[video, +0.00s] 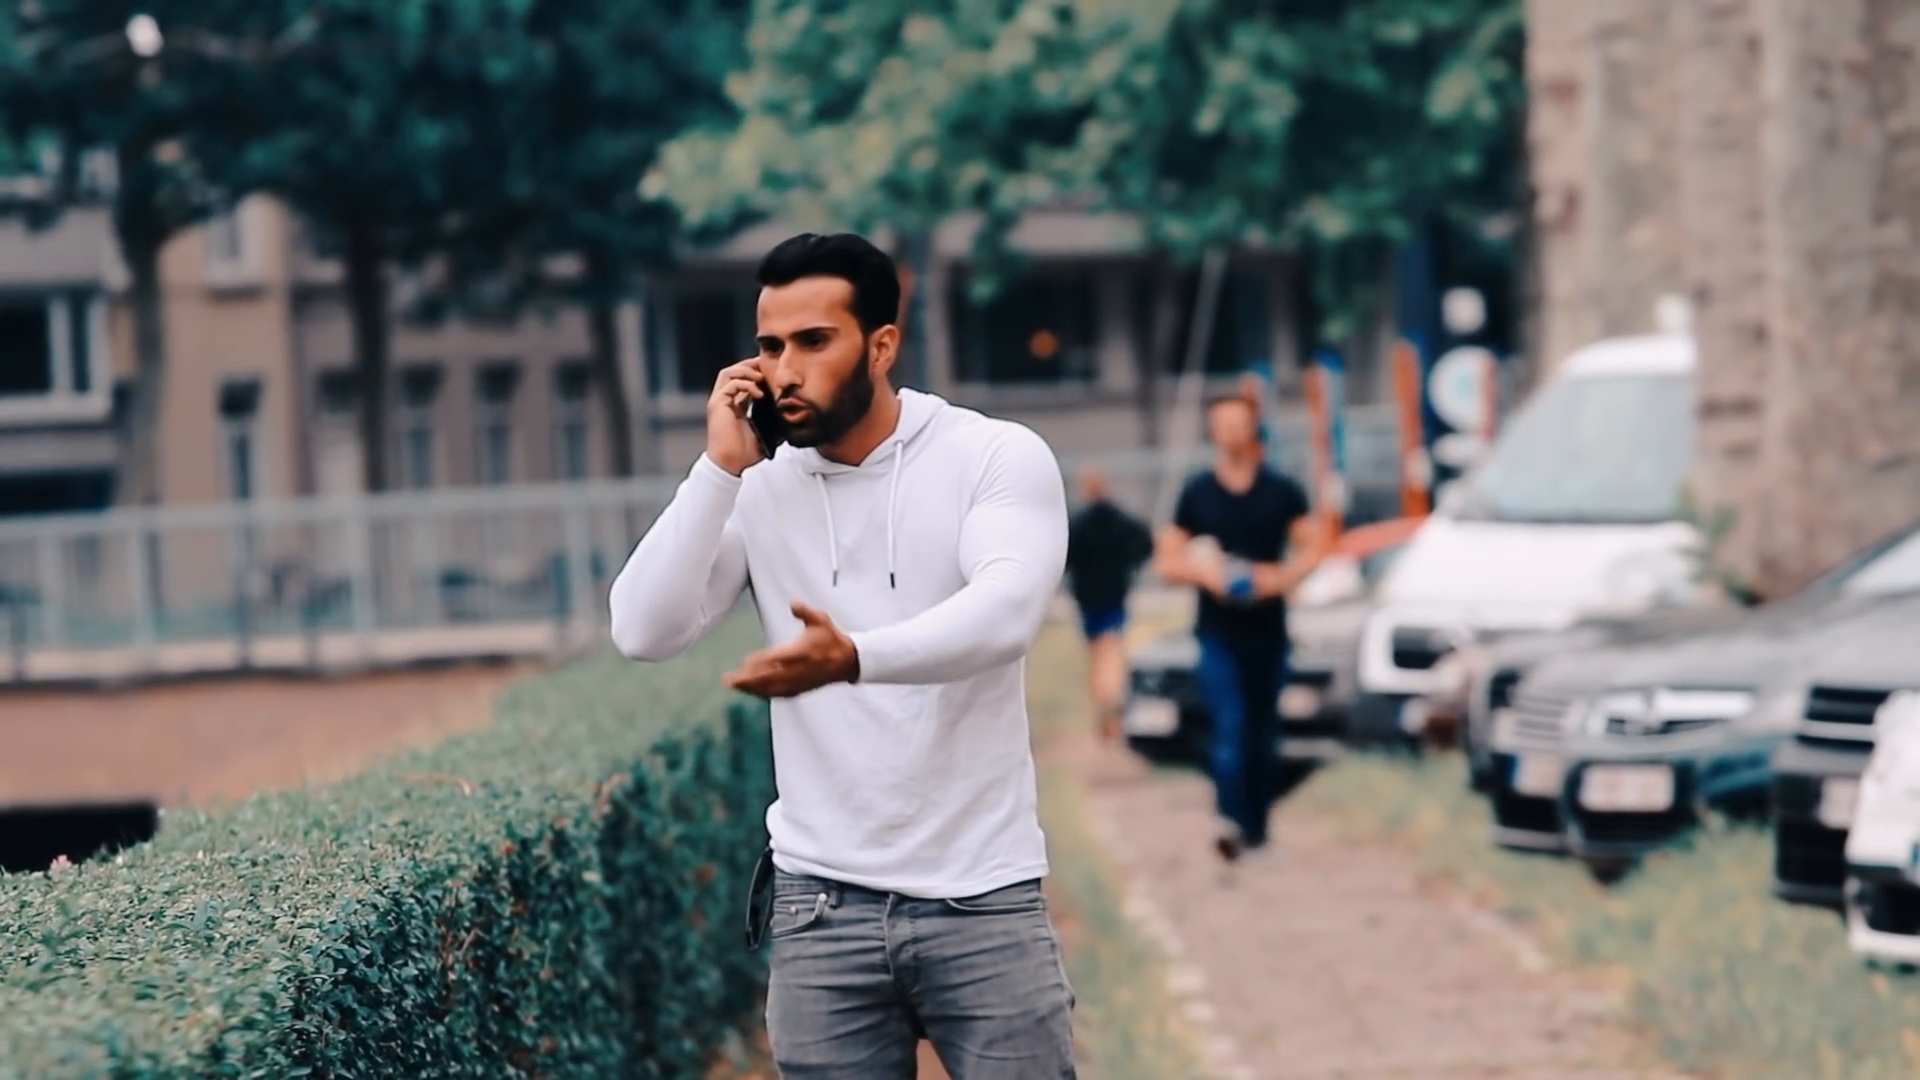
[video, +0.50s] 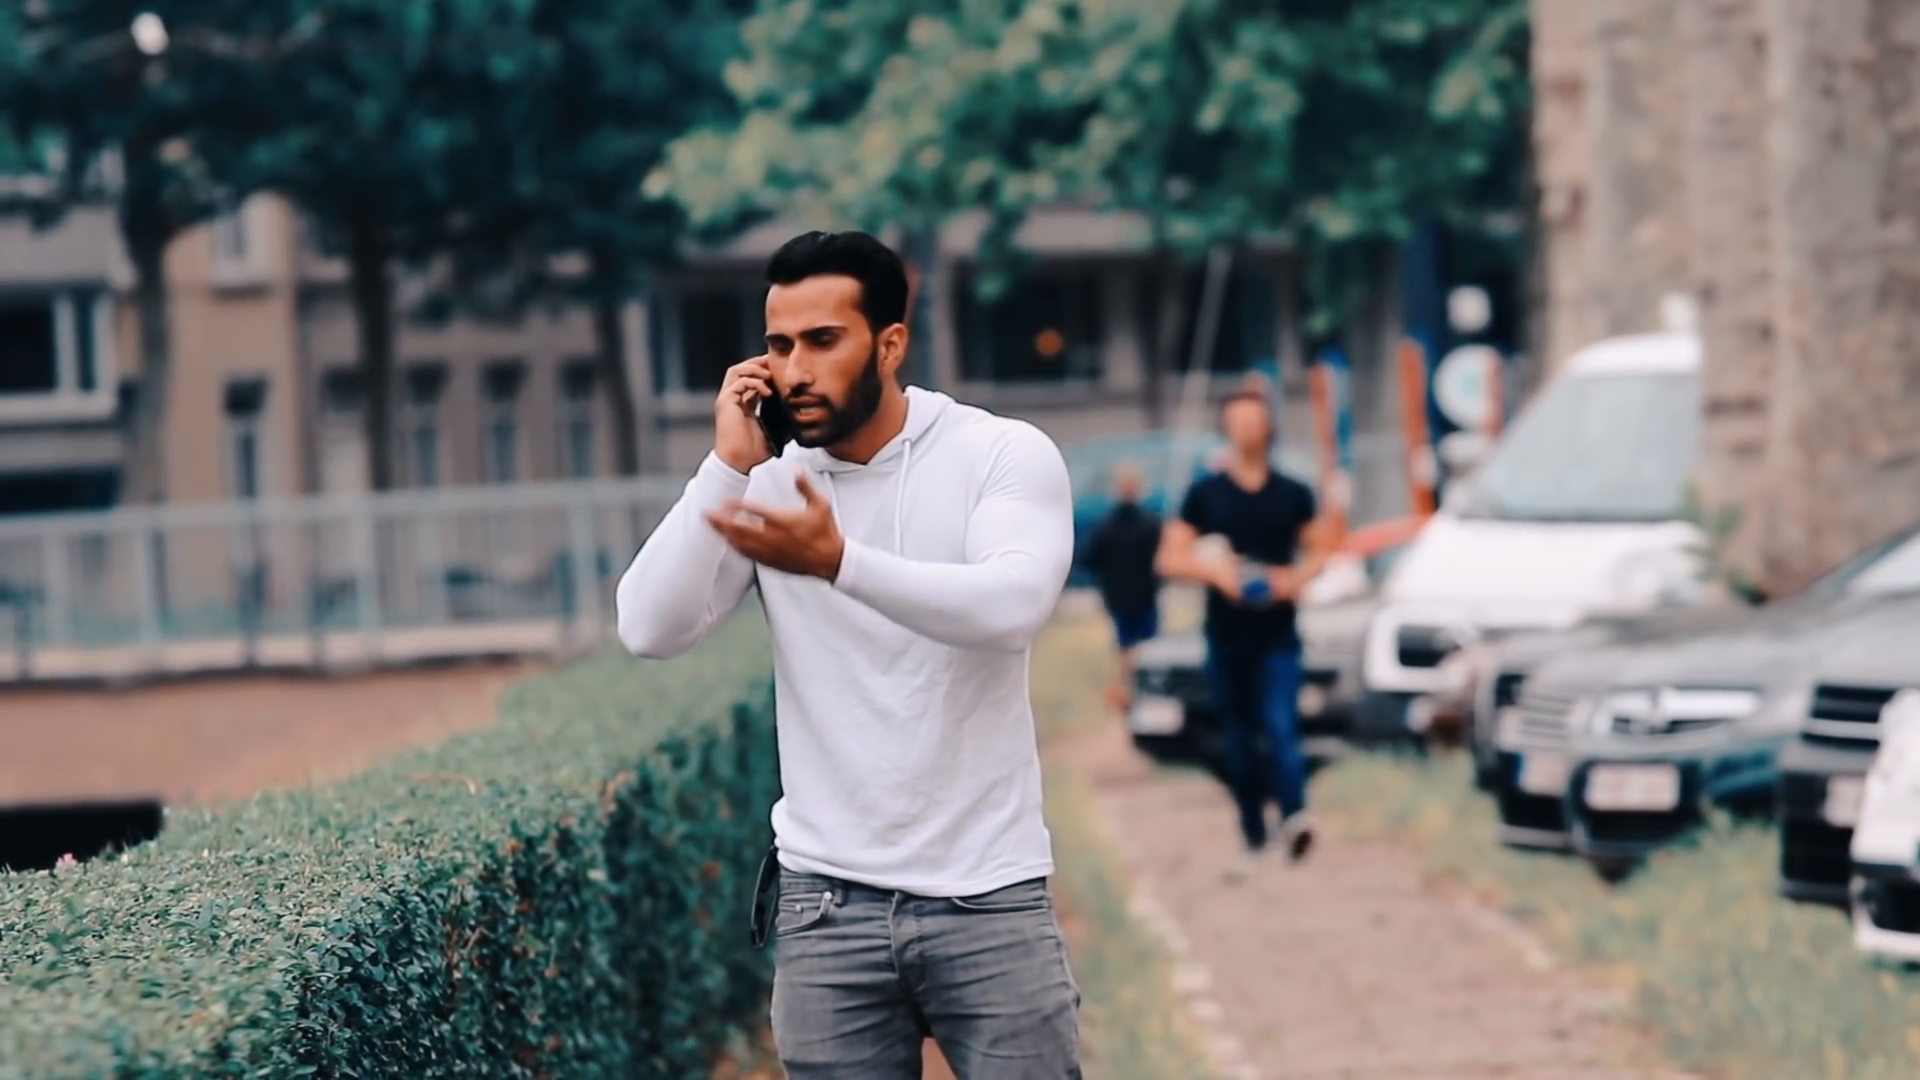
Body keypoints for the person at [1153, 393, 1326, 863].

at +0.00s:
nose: (1230, 433)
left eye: (1238, 424)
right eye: (1222, 425)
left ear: (1254, 429)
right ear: (1211, 430)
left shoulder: (1281, 491)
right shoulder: (1200, 491)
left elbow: (1313, 546)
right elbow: (1168, 558)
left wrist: (1279, 577)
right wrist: (1207, 574)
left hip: (1266, 622)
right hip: (1219, 622)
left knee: (1260, 725)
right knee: (1231, 719)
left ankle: (1255, 825)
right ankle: (1231, 819)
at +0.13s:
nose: (1229, 434)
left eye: (1237, 425)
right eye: (1221, 426)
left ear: (1254, 432)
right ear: (1211, 433)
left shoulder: (1279, 494)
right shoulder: (1201, 496)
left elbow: (1314, 549)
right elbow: (1169, 564)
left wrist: (1283, 581)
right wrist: (1208, 577)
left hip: (1268, 625)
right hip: (1221, 626)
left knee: (1271, 729)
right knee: (1240, 726)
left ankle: (1263, 823)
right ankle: (1250, 833)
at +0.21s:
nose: (1228, 430)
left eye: (1236, 421)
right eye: (1220, 421)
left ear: (1253, 428)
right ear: (1210, 429)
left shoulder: (1280, 491)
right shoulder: (1198, 493)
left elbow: (1312, 547)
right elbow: (1167, 560)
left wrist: (1281, 578)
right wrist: (1209, 573)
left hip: (1269, 624)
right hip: (1220, 626)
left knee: (1278, 729)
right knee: (1234, 729)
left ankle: (1268, 818)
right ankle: (1250, 832)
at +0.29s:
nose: (1230, 422)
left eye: (1238, 413)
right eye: (1222, 414)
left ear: (1254, 417)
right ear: (1211, 422)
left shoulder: (1282, 484)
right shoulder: (1197, 488)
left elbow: (1314, 540)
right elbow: (1166, 552)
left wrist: (1283, 572)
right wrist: (1212, 566)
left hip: (1269, 623)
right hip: (1218, 626)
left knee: (1279, 722)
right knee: (1231, 727)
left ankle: (1273, 805)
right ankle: (1244, 817)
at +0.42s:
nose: (1241, 423)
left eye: (1249, 414)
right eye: (1232, 415)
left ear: (1263, 419)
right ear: (1220, 421)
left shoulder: (1287, 486)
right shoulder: (1202, 486)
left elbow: (1321, 537)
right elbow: (1167, 551)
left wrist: (1289, 572)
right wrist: (1214, 564)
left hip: (1273, 621)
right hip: (1223, 623)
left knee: (1277, 714)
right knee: (1233, 724)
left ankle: (1286, 810)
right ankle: (1248, 814)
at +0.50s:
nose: (1249, 430)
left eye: (1256, 420)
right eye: (1239, 421)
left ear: (1269, 426)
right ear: (1226, 429)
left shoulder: (1293, 494)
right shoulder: (1207, 492)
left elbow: (1321, 549)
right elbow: (1169, 557)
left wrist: (1292, 578)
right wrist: (1217, 571)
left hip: (1277, 629)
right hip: (1227, 631)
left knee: (1280, 723)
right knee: (1238, 732)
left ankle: (1292, 816)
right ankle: (1253, 832)